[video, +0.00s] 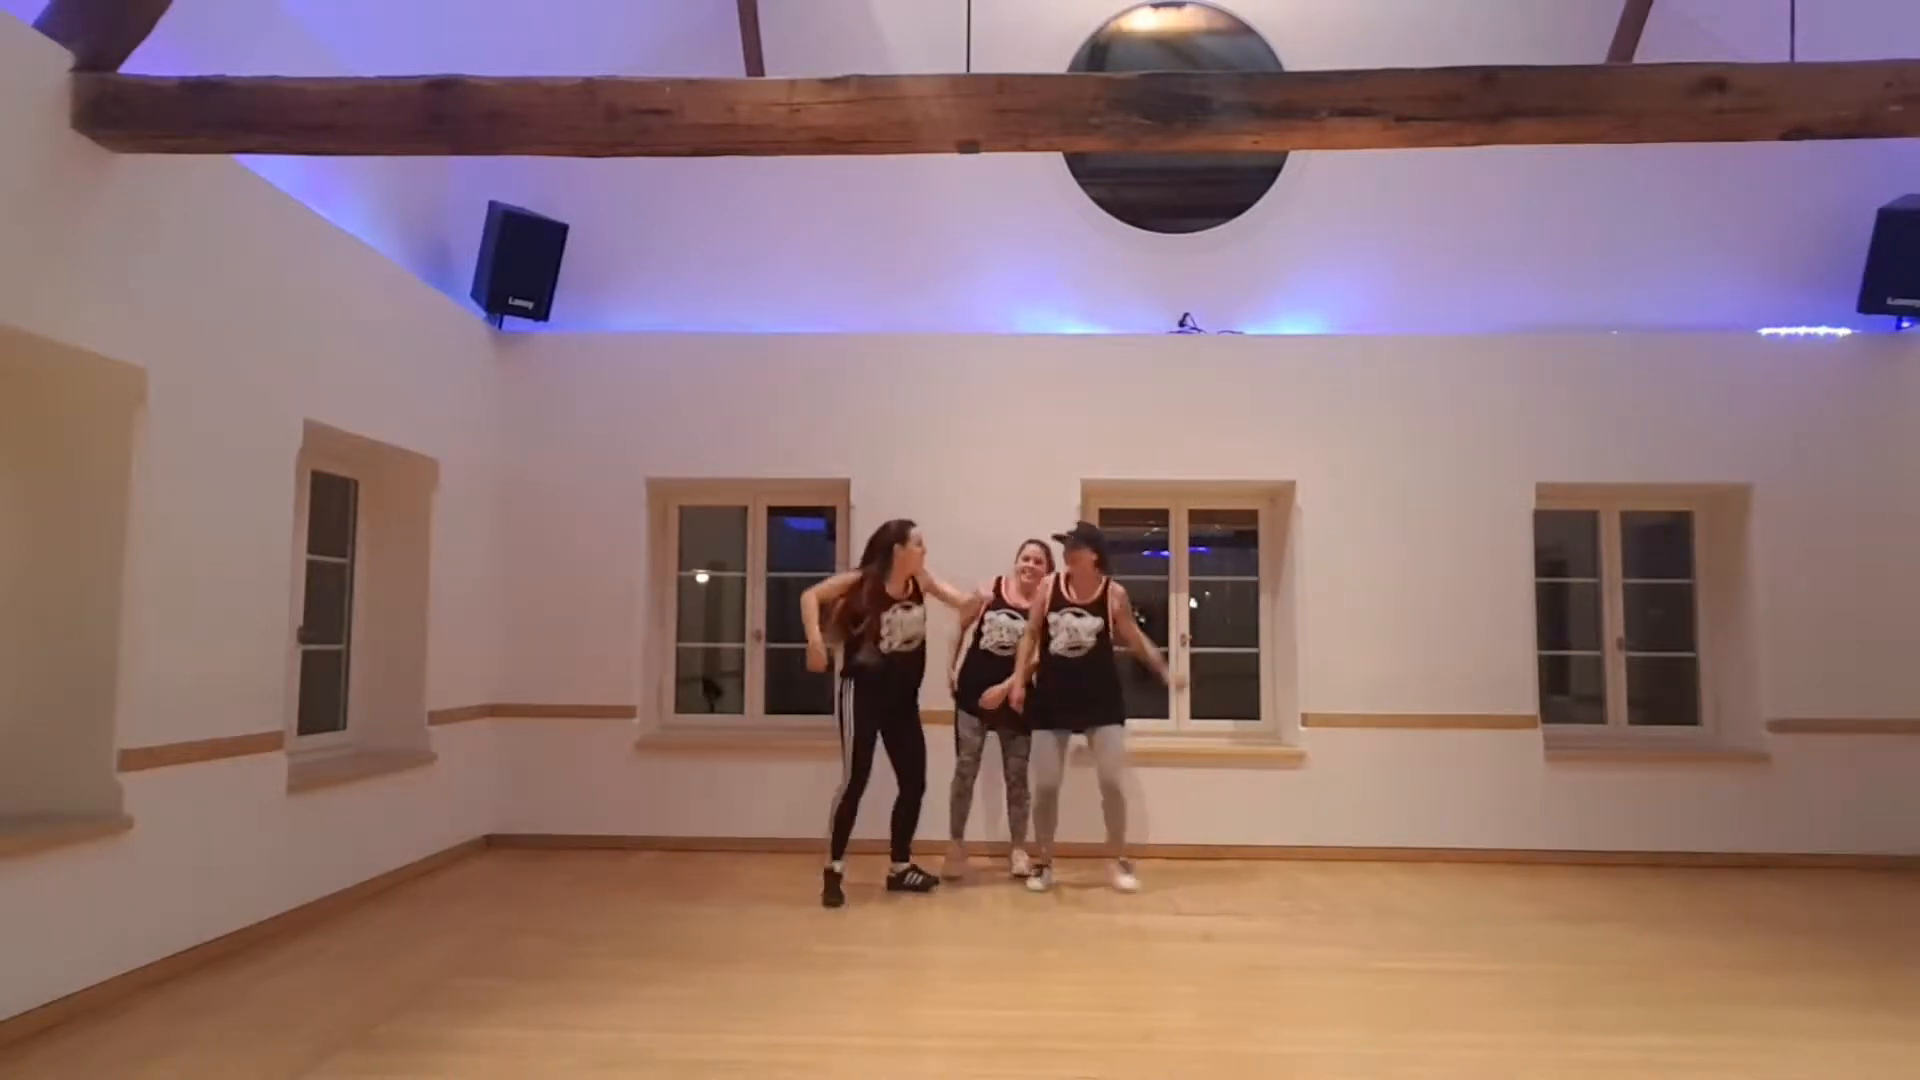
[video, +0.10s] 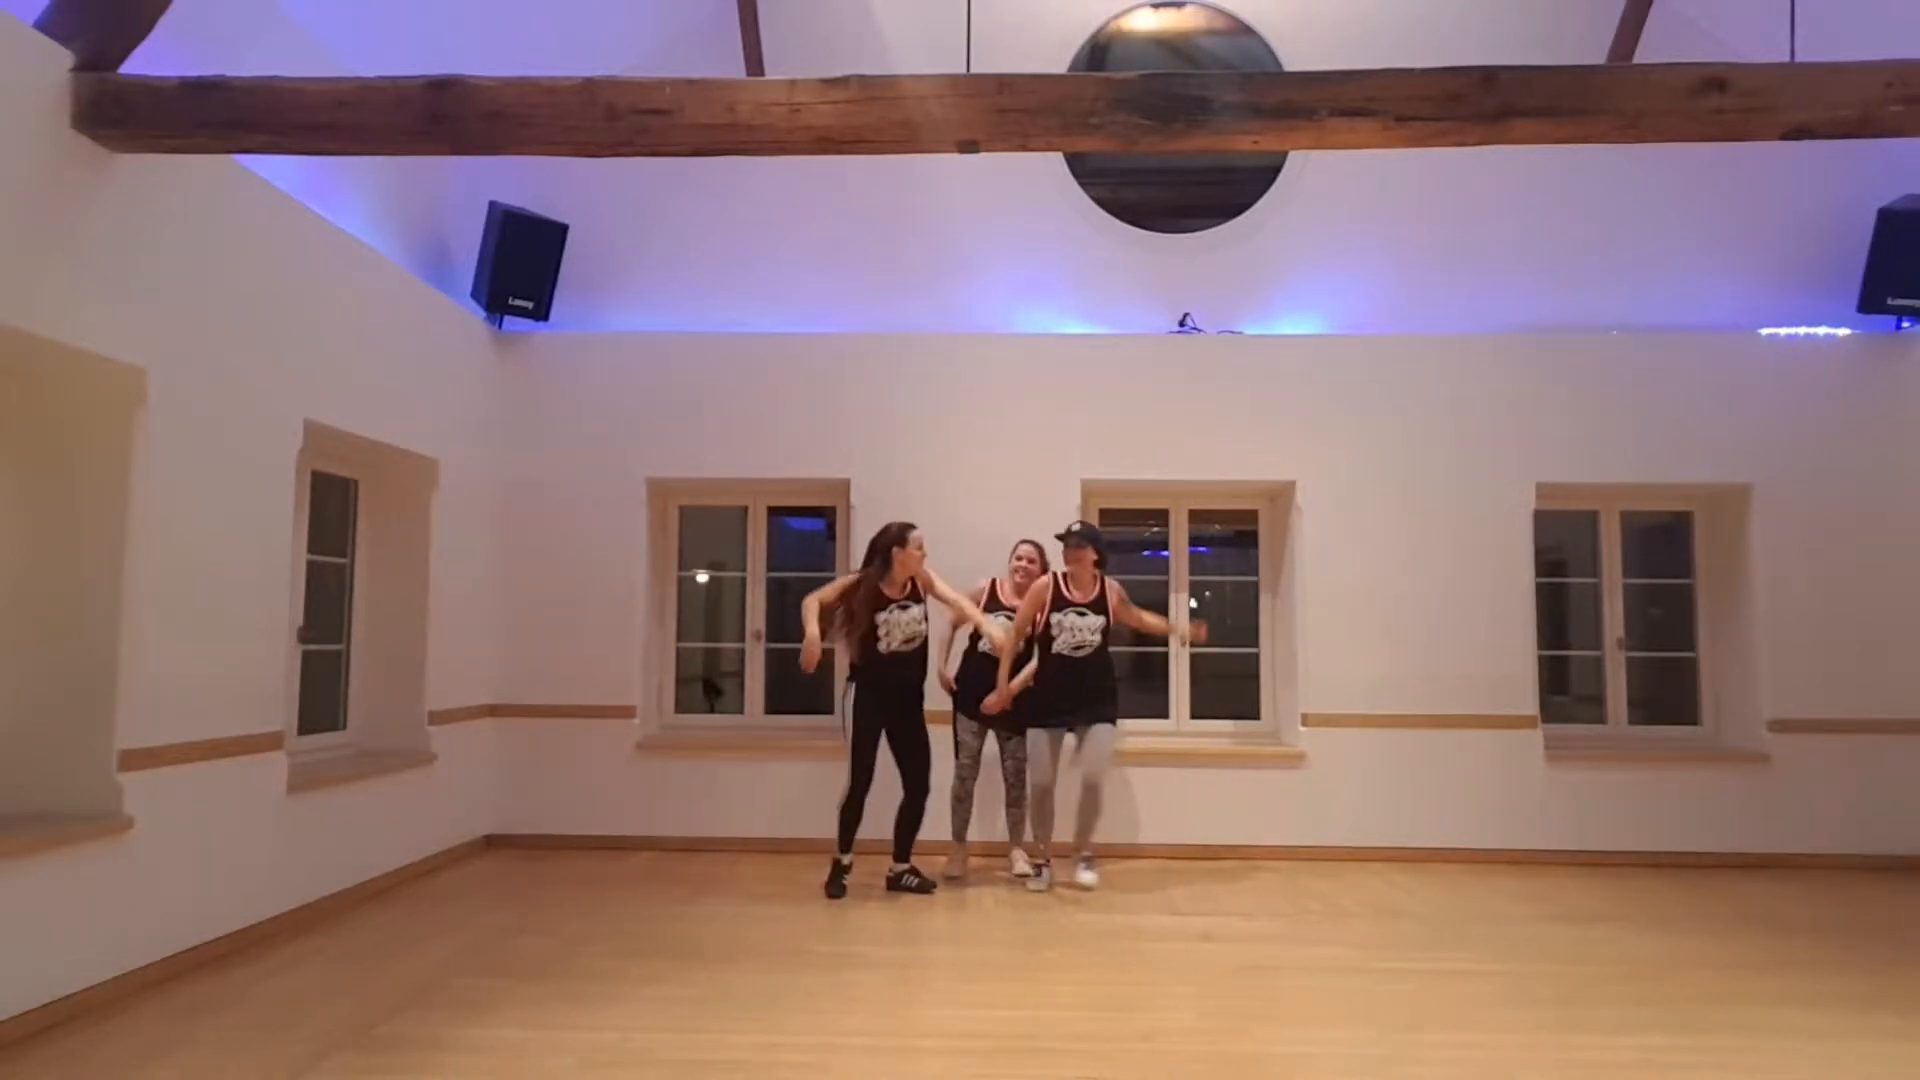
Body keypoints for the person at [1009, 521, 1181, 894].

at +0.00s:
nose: (1069, 556)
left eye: (1077, 551)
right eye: (1068, 550)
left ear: (1095, 555)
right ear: (1065, 554)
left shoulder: (1114, 594)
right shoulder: (1049, 587)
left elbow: (1133, 637)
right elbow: (1031, 635)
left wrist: (1163, 672)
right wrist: (1018, 679)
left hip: (1101, 697)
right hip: (1052, 698)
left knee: (1111, 780)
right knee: (1045, 783)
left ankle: (1118, 860)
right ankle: (1042, 863)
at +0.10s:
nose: (1071, 553)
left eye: (1079, 547)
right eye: (1068, 546)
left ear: (1095, 553)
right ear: (1063, 551)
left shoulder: (1110, 592)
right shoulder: (1044, 587)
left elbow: (1137, 619)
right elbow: (1016, 635)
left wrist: (1181, 629)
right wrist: (1001, 688)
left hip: (1097, 695)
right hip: (1048, 695)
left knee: (1094, 775)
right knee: (1042, 781)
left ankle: (1084, 858)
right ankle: (1041, 862)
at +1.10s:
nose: (1192, 578)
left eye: (1199, 571)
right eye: (1189, 571)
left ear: (1219, 573)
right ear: (1185, 574)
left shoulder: (1240, 598)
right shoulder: (1172, 607)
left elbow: (1255, 644)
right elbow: (1150, 656)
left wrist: (1218, 647)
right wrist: (1133, 706)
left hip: (1215, 708)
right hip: (1164, 707)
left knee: (1241, 788)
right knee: (1135, 779)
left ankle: (1249, 870)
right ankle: (1109, 859)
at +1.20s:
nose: (1223, 562)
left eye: (1228, 556)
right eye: (1216, 556)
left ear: (1236, 556)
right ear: (1203, 557)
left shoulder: (1250, 584)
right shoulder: (1183, 592)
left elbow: (1268, 635)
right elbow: (1158, 643)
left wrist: (1282, 627)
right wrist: (1140, 691)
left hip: (1226, 695)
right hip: (1177, 695)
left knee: (1245, 780)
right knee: (1167, 769)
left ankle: (1251, 867)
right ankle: (1180, 854)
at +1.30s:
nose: (1235, 560)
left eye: (1239, 554)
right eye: (1228, 553)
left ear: (1244, 554)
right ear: (1212, 553)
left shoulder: (1252, 581)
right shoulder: (1184, 588)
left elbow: (1268, 623)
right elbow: (1156, 629)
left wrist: (1302, 605)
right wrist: (1135, 661)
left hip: (1240, 700)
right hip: (1195, 703)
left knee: (1256, 779)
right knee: (1209, 775)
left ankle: (1253, 865)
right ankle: (1228, 864)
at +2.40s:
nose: (1166, 561)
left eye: (1168, 554)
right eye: (1160, 554)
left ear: (1164, 558)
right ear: (1139, 555)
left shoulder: (1159, 596)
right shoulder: (1111, 585)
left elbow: (1159, 657)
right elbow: (1098, 608)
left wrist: (1183, 693)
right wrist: (1151, 605)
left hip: (1153, 704)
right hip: (1112, 707)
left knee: (1199, 781)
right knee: (1113, 801)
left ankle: (1190, 873)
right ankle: (1086, 883)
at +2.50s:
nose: (1164, 550)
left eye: (1165, 543)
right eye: (1157, 543)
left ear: (1164, 547)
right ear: (1134, 546)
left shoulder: (1164, 580)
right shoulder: (1110, 583)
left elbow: (1161, 624)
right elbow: (1047, 600)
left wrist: (1169, 655)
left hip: (1150, 700)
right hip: (1107, 703)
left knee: (1176, 784)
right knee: (1107, 798)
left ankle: (1143, 873)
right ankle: (1086, 881)